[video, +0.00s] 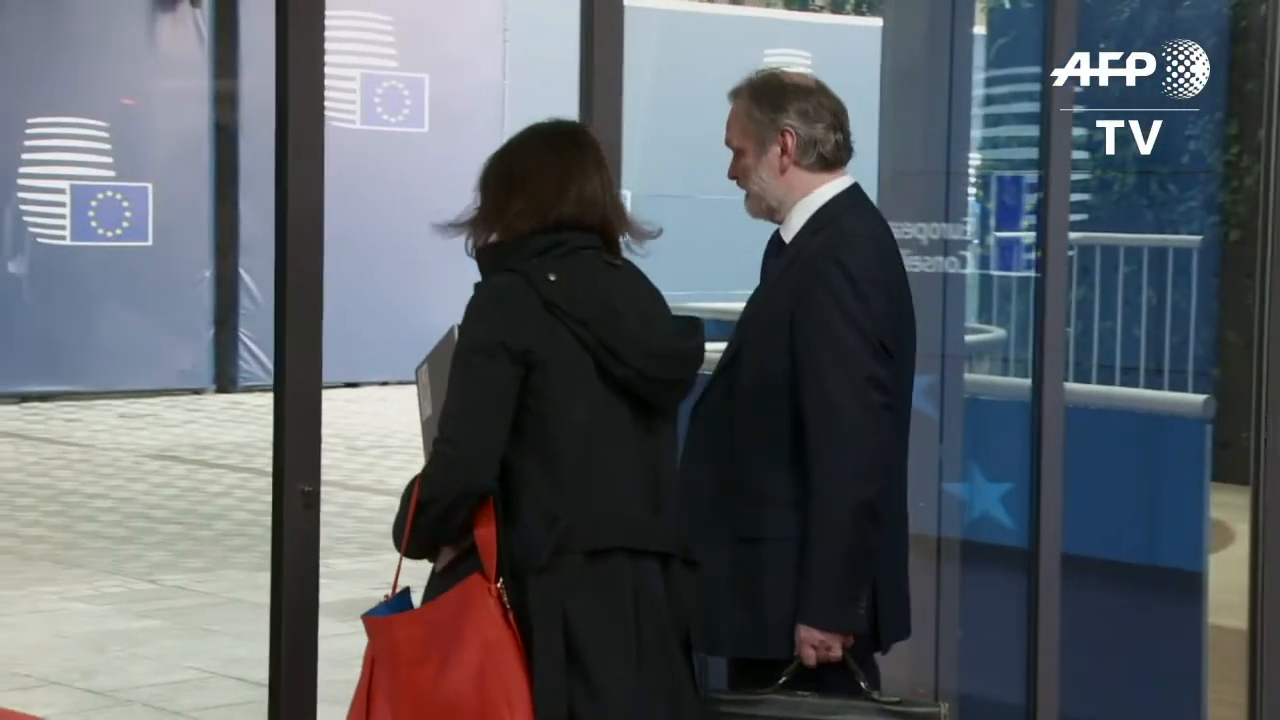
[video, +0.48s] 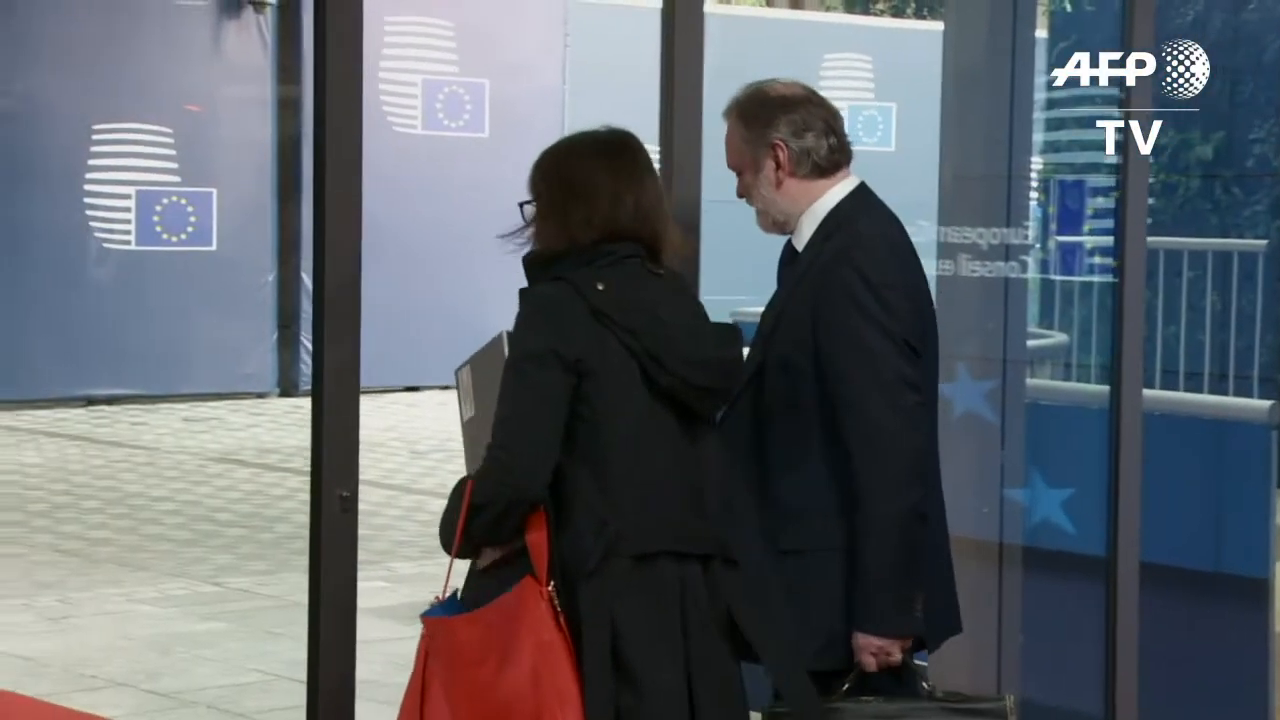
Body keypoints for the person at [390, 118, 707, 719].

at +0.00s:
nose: (488, 215)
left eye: (495, 198)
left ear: (511, 200)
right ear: (599, 196)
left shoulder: (508, 295)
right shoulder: (637, 296)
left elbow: (469, 462)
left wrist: (418, 523)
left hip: (555, 588)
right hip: (646, 584)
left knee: (561, 708)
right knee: (644, 705)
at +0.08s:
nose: (493, 216)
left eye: (501, 199)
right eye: (497, 199)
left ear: (518, 201)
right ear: (606, 197)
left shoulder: (513, 297)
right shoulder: (645, 298)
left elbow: (474, 463)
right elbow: (649, 450)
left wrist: (424, 526)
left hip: (561, 592)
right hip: (654, 586)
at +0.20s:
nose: (506, 215)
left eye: (513, 199)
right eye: (509, 199)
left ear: (531, 201)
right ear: (618, 197)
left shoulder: (526, 297)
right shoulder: (657, 298)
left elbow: (487, 464)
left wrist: (439, 525)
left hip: (576, 593)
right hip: (669, 587)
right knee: (669, 706)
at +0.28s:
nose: (514, 217)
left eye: (520, 200)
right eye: (516, 200)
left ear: (539, 204)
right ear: (625, 198)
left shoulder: (533, 300)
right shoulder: (663, 299)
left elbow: (496, 465)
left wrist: (447, 524)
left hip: (586, 591)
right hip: (678, 584)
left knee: (592, 708)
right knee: (677, 706)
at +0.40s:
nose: (526, 219)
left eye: (532, 203)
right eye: (527, 203)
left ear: (552, 207)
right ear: (637, 201)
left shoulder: (546, 301)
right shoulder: (673, 300)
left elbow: (510, 464)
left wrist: (466, 523)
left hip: (595, 589)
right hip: (689, 582)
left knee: (606, 707)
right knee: (688, 704)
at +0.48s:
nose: (534, 221)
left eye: (540, 206)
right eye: (535, 205)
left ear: (561, 211)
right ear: (645, 204)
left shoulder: (554, 305)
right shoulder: (675, 299)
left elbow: (521, 469)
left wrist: (468, 519)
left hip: (607, 596)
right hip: (699, 587)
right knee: (700, 704)